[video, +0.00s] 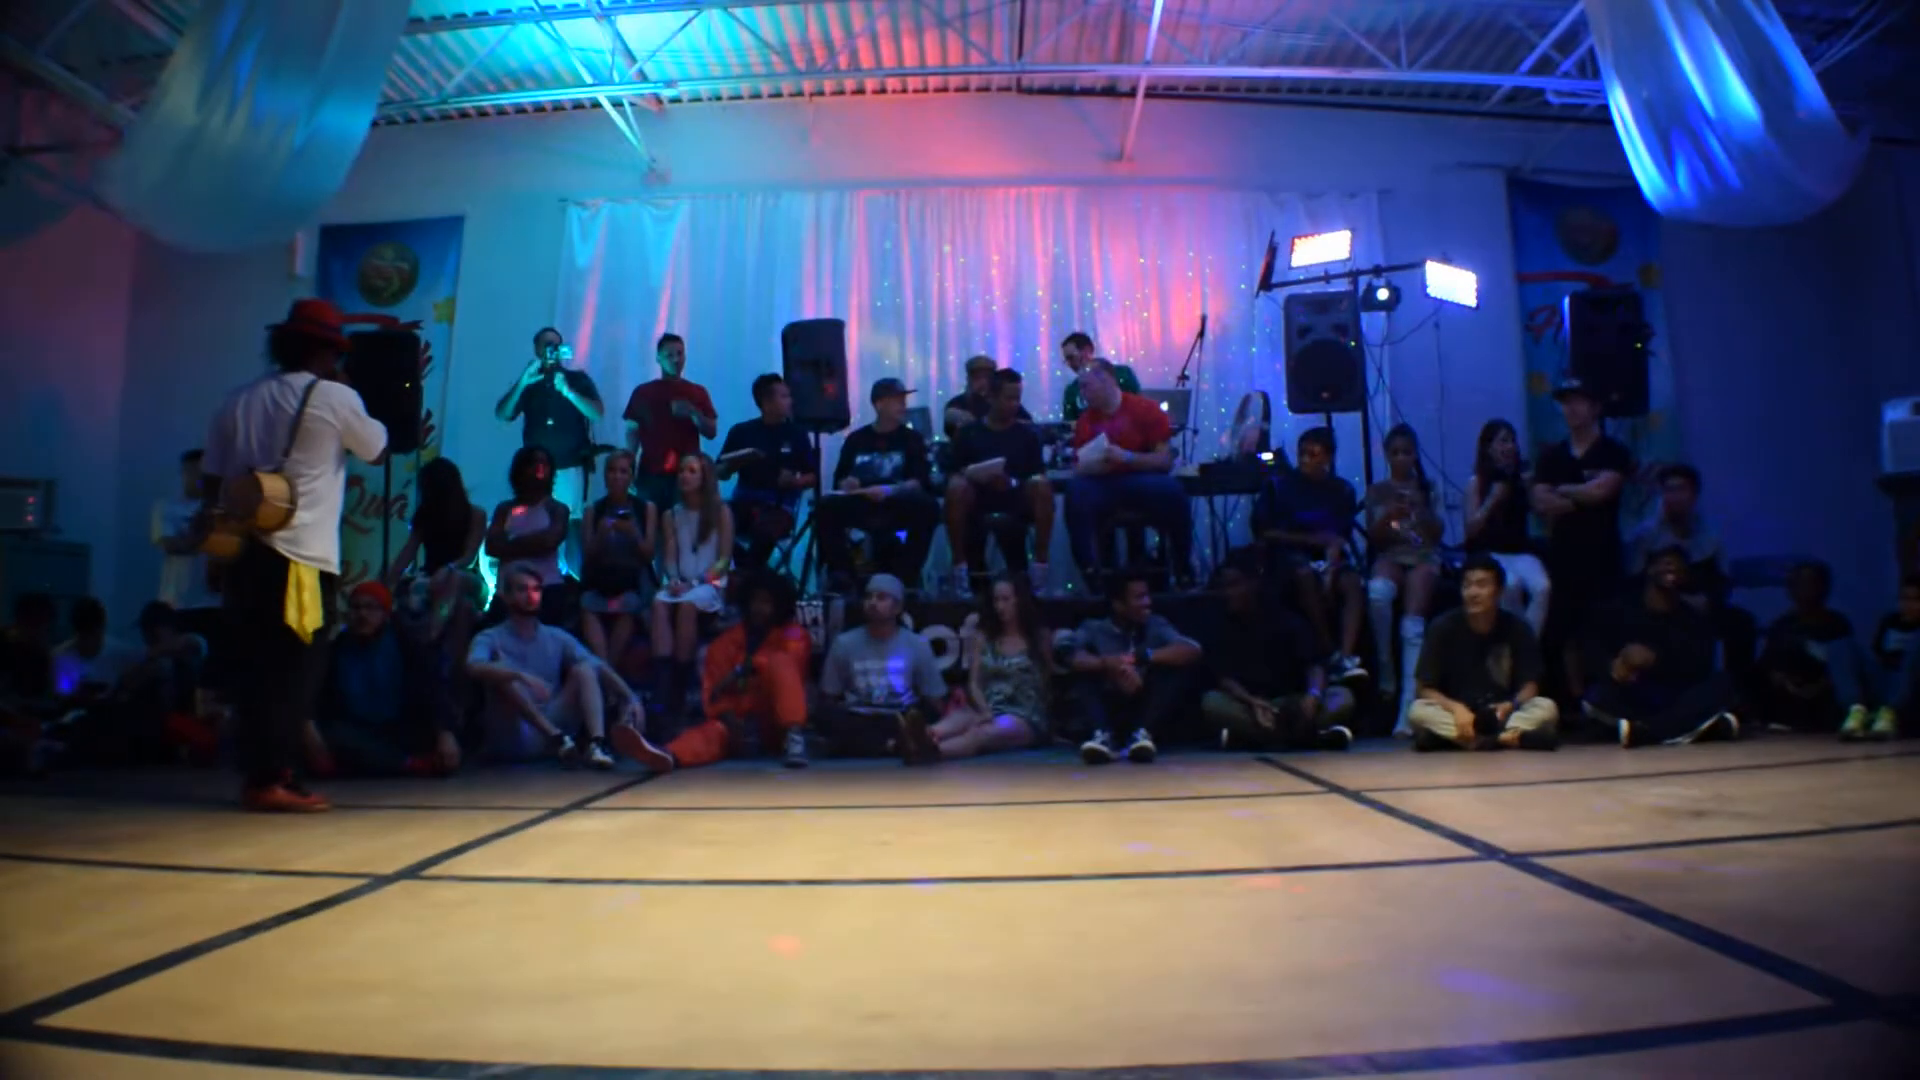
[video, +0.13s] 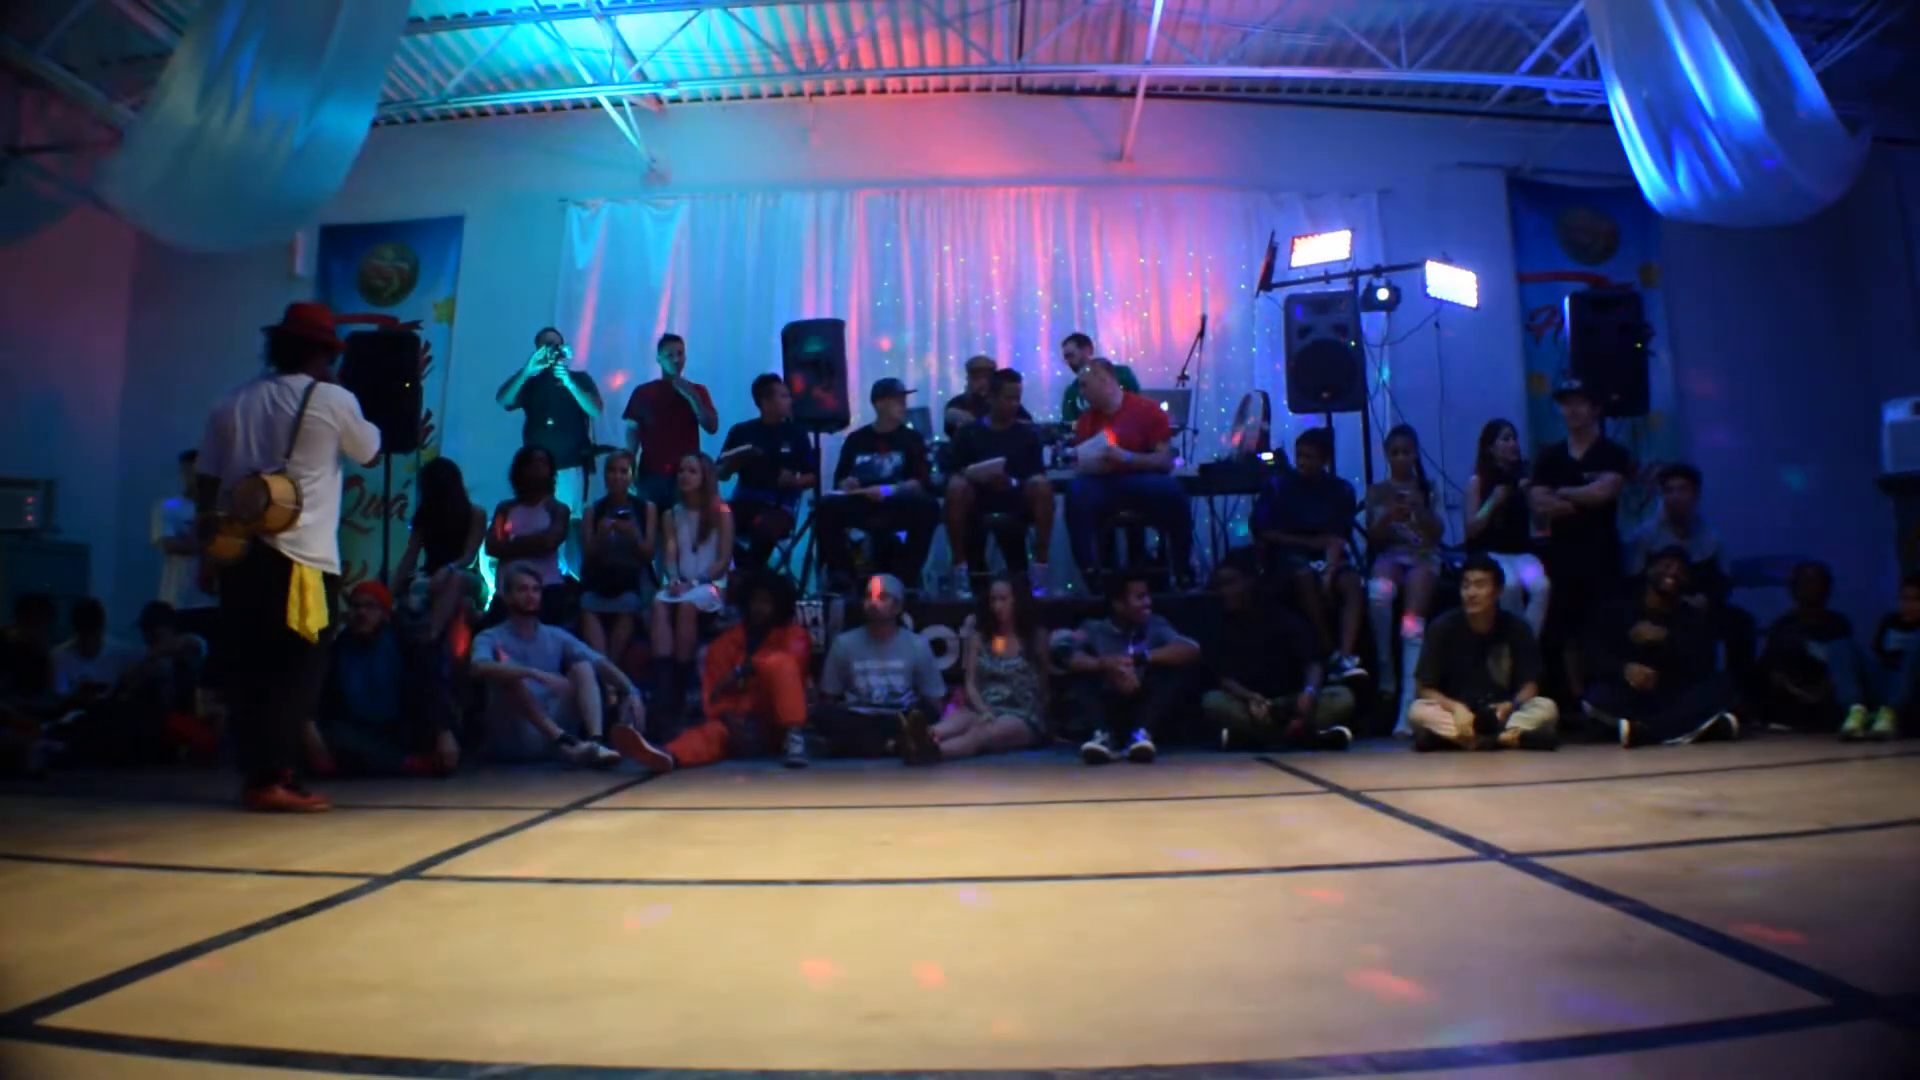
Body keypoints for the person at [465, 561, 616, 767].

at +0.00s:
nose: (531, 596)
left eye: (536, 589)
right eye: (522, 590)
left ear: (541, 594)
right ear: (506, 597)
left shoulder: (556, 637)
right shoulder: (489, 639)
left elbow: (596, 665)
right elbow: (475, 667)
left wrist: (631, 700)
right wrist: (523, 678)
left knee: (584, 670)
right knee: (509, 683)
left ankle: (596, 742)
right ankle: (557, 738)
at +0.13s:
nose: (531, 595)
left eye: (536, 589)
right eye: (523, 589)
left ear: (541, 594)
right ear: (507, 596)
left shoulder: (555, 635)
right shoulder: (489, 639)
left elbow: (597, 661)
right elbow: (479, 668)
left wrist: (631, 692)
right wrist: (537, 675)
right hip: (513, 735)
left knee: (582, 668)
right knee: (510, 677)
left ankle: (595, 741)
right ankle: (563, 741)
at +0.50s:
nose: (540, 599)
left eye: (546, 593)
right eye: (532, 593)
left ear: (552, 598)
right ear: (519, 598)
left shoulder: (561, 634)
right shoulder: (500, 638)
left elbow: (606, 661)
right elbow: (514, 672)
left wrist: (601, 686)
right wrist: (579, 683)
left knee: (587, 667)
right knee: (525, 679)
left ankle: (595, 743)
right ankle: (569, 746)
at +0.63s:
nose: (544, 601)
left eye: (549, 595)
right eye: (536, 595)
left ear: (556, 600)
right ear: (523, 600)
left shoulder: (564, 635)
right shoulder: (502, 638)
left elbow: (608, 665)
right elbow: (514, 674)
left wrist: (593, 693)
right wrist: (578, 687)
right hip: (517, 734)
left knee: (587, 668)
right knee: (529, 677)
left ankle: (595, 743)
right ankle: (568, 745)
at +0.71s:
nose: (546, 602)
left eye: (551, 596)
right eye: (538, 595)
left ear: (557, 600)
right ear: (525, 600)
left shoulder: (564, 636)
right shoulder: (502, 639)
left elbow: (609, 665)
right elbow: (515, 678)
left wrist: (594, 696)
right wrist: (576, 692)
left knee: (587, 668)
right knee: (525, 677)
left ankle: (595, 743)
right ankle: (569, 746)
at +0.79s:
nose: (548, 602)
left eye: (553, 596)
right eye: (540, 595)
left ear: (558, 600)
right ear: (525, 600)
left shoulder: (564, 635)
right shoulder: (502, 639)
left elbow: (610, 665)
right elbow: (514, 679)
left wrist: (593, 697)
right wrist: (580, 693)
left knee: (589, 669)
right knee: (522, 674)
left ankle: (596, 744)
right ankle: (569, 746)